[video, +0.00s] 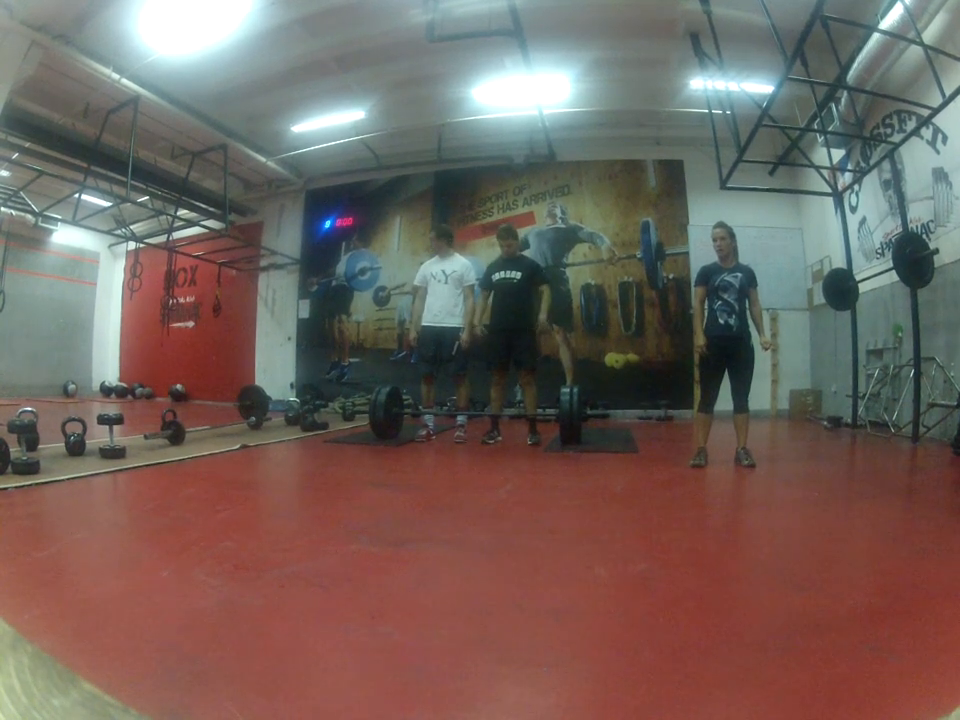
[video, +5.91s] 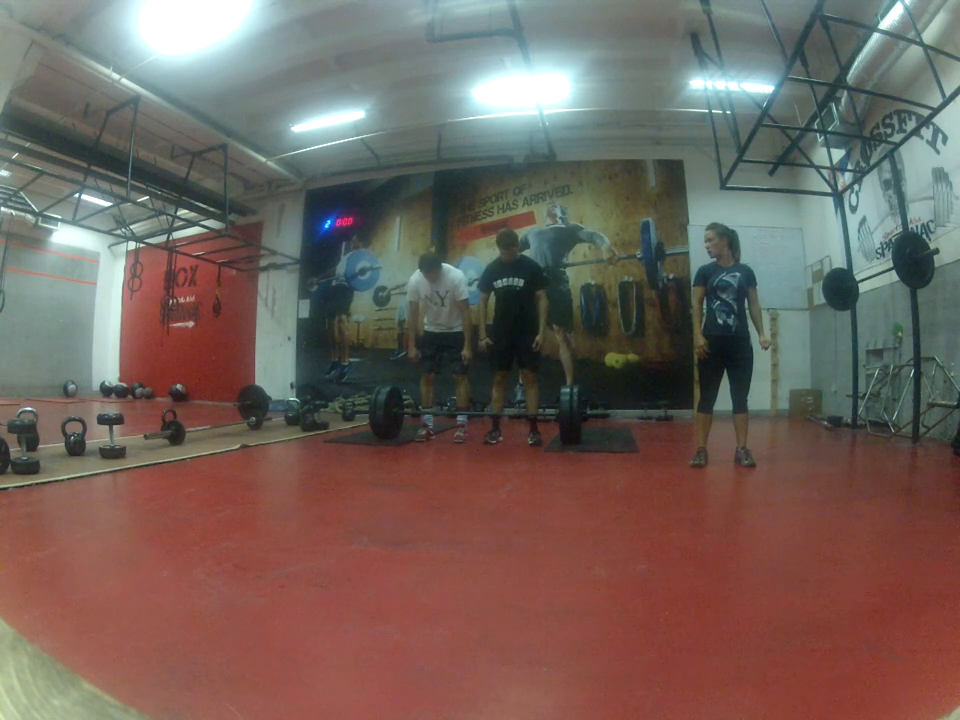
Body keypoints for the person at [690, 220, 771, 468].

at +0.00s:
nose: (718, 244)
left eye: (722, 239)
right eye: (715, 240)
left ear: (733, 242)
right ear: (712, 244)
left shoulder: (746, 272)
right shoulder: (706, 272)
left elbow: (754, 305)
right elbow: (698, 305)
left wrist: (762, 334)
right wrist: (698, 335)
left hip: (740, 343)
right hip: (712, 343)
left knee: (741, 400)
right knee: (707, 400)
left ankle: (742, 449)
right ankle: (700, 450)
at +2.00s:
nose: (717, 244)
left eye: (721, 239)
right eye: (714, 240)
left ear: (732, 241)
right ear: (710, 244)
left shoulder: (745, 271)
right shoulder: (705, 272)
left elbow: (754, 304)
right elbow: (697, 306)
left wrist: (762, 333)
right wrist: (698, 335)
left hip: (740, 343)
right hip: (712, 342)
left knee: (741, 400)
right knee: (707, 400)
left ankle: (742, 449)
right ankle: (700, 449)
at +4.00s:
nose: (718, 243)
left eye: (722, 239)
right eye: (714, 240)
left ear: (732, 241)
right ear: (711, 244)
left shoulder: (746, 272)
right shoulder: (705, 272)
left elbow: (754, 305)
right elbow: (697, 306)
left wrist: (761, 333)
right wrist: (698, 335)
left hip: (740, 343)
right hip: (712, 342)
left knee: (740, 398)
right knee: (707, 398)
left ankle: (742, 449)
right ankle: (701, 449)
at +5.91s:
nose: (707, 245)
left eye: (710, 240)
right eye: (705, 241)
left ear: (726, 241)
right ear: (710, 244)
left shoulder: (745, 271)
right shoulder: (704, 272)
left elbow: (754, 305)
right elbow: (697, 306)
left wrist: (761, 333)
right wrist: (697, 335)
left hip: (739, 342)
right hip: (711, 342)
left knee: (740, 399)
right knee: (706, 399)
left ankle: (742, 449)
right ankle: (701, 449)